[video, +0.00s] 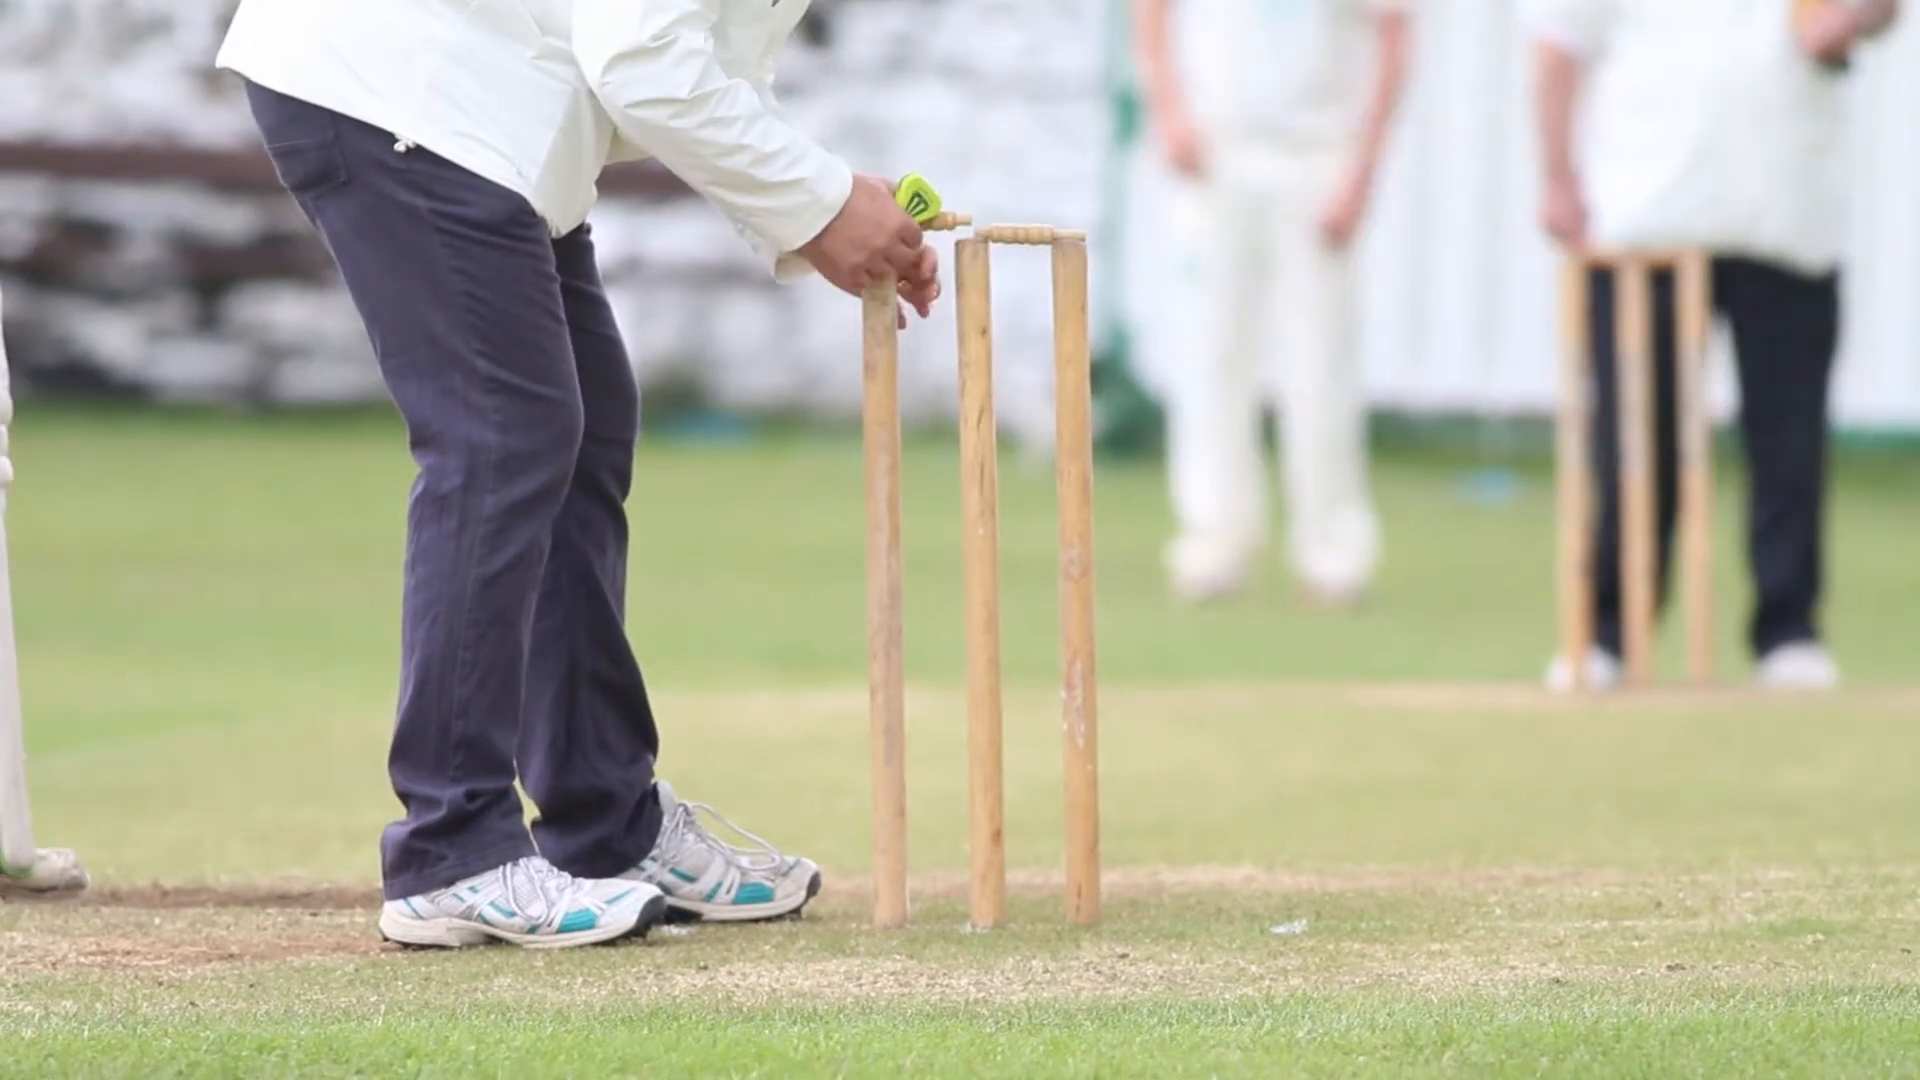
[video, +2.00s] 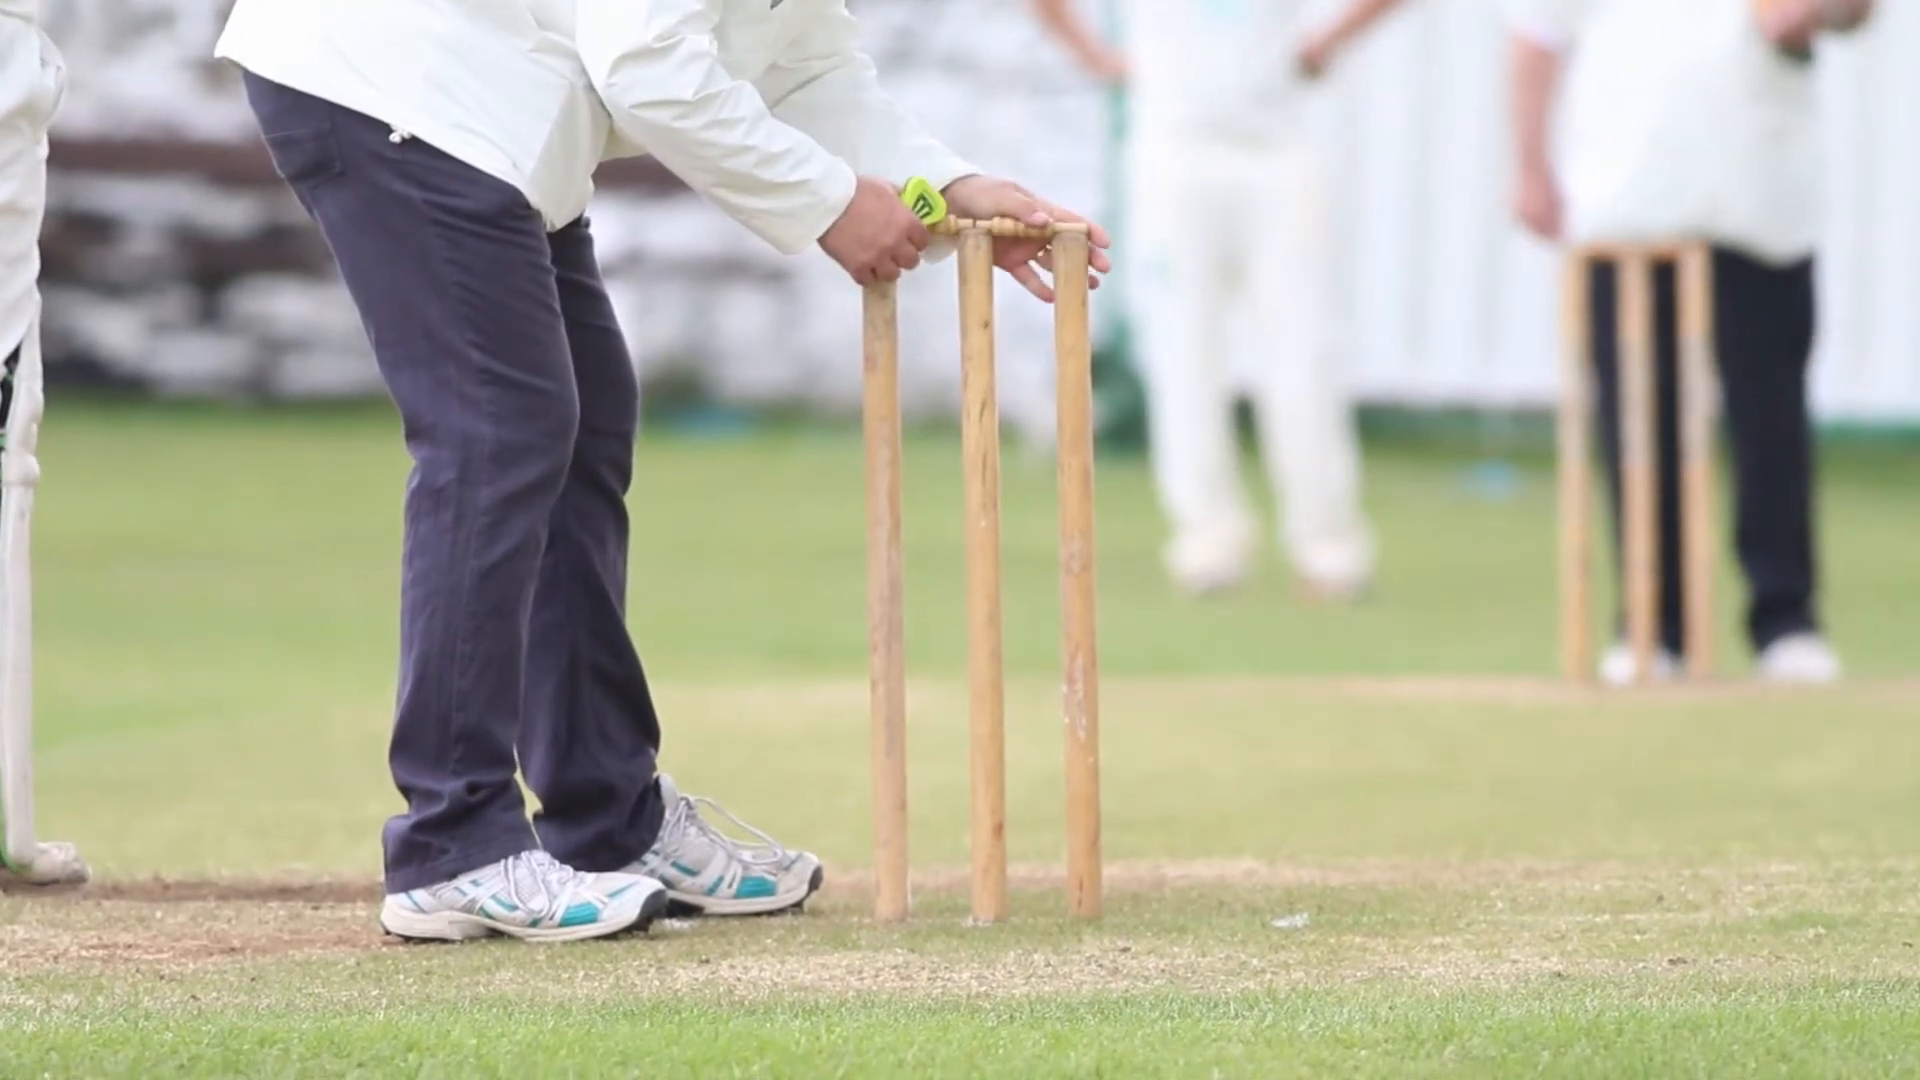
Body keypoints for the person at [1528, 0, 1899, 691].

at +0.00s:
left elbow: (1885, 9)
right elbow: (1558, 32)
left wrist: (1848, 19)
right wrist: (1560, 181)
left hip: (1789, 206)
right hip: (1640, 207)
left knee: (1787, 447)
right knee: (1628, 441)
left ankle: (1789, 638)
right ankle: (1605, 641)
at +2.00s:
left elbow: (1860, 10)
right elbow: (1537, 26)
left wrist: (1813, 12)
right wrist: (1533, 166)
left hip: (1761, 192)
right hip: (1623, 194)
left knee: (1770, 424)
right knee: (1636, 433)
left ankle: (1787, 628)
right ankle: (1651, 636)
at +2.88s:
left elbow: (1879, 24)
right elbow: (1622, 23)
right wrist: (1613, 162)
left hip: (1839, 200)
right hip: (1699, 195)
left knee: (1815, 437)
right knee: (1684, 433)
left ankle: (1796, 628)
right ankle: (1664, 631)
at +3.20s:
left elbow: (1890, 29)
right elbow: (1633, 23)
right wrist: (1621, 155)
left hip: (1848, 195)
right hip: (1713, 189)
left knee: (1822, 422)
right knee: (1735, 411)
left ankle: (1798, 625)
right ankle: (1730, 625)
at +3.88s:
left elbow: (1871, 23)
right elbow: (1618, 24)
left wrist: (1888, 17)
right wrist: (1605, 160)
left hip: (1831, 199)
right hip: (1692, 194)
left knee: (1810, 433)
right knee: (1672, 425)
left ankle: (1795, 623)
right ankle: (1632, 618)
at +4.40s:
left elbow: (1862, 7)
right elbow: (1541, 20)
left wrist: (1813, 8)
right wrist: (1524, 158)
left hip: (1759, 189)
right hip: (1619, 186)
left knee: (1765, 418)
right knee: (1624, 422)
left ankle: (1787, 619)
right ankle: (1619, 623)